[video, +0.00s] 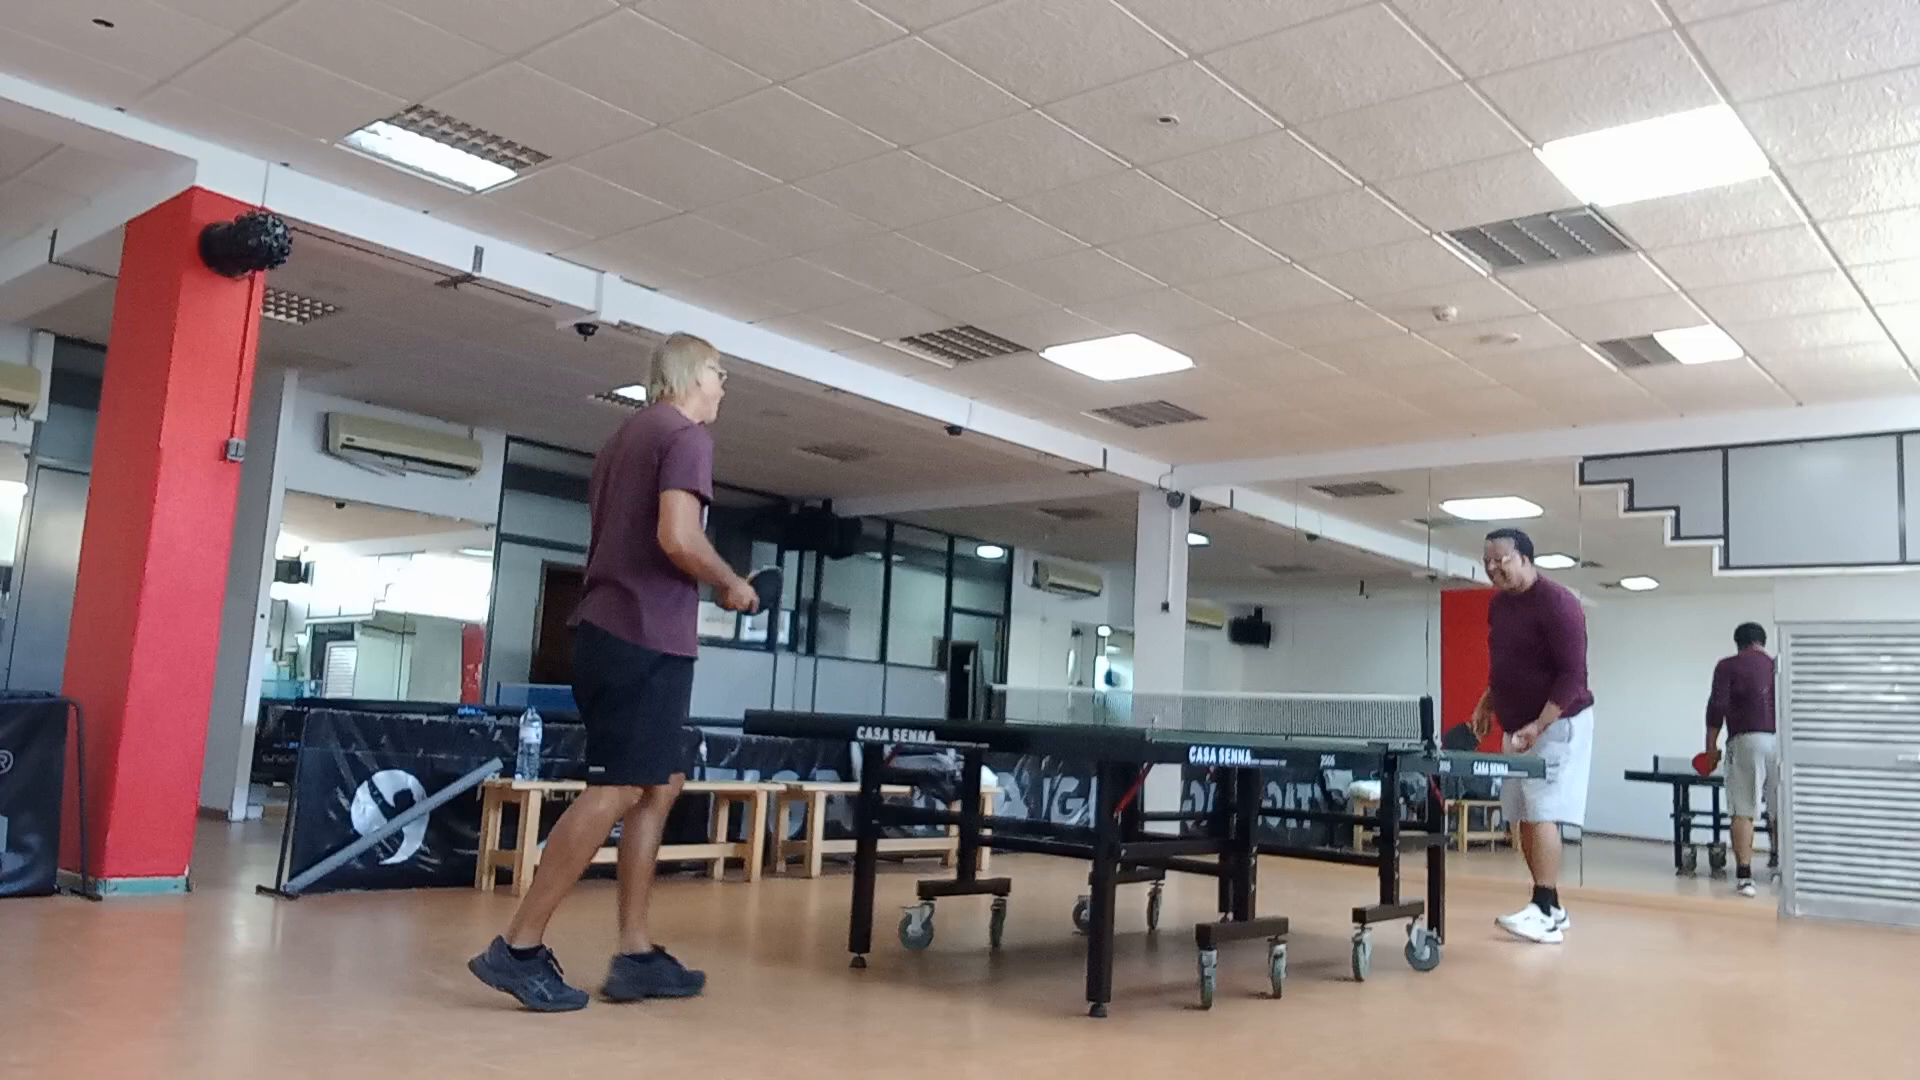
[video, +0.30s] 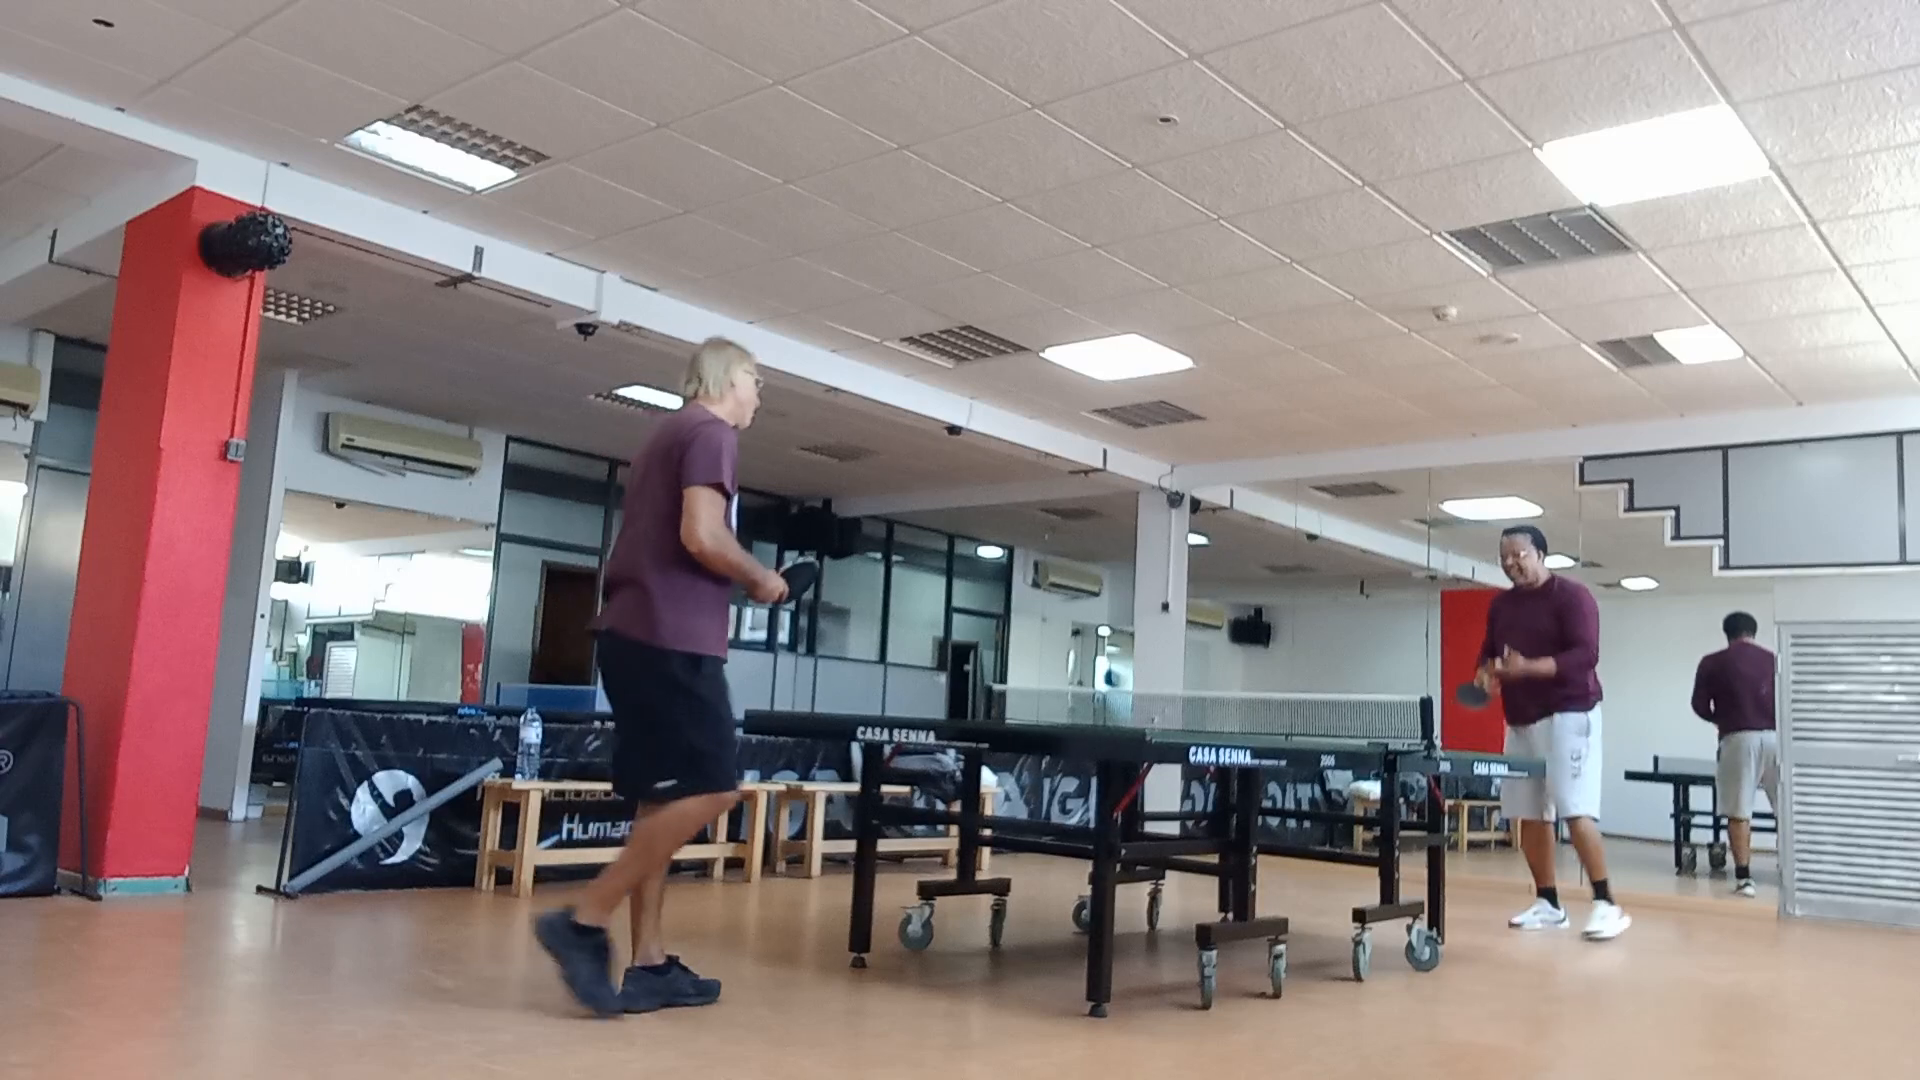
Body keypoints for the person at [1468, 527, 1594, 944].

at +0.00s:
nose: (1494, 569)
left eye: (1502, 560)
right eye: (1489, 563)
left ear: (1525, 558)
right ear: (1487, 566)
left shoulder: (1558, 602)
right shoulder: (1499, 604)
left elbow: (1571, 676)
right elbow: (1507, 663)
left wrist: (1538, 725)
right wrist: (1486, 703)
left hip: (1561, 721)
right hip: (1521, 724)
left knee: (1540, 811)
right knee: (1524, 815)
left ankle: (1545, 910)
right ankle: (1549, 907)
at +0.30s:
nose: (1512, 563)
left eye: (1519, 554)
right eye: (1506, 557)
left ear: (1540, 554)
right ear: (1501, 562)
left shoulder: (1573, 596)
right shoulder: (1501, 605)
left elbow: (1585, 656)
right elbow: (1489, 654)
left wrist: (1528, 666)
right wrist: (1486, 672)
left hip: (1569, 717)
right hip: (1521, 721)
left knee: (1574, 809)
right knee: (1530, 813)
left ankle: (1605, 905)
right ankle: (1548, 905)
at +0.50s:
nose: (1524, 562)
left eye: (1530, 553)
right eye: (1517, 557)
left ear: (1549, 554)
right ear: (1512, 564)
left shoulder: (1583, 594)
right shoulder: (1511, 603)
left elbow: (1593, 648)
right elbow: (1490, 660)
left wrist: (1534, 640)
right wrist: (1494, 653)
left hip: (1579, 720)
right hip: (1529, 723)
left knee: (1599, 814)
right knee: (1534, 814)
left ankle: (1642, 899)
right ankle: (1549, 905)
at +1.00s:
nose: (1564, 568)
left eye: (1571, 559)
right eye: (1557, 562)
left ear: (1592, 558)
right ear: (1552, 567)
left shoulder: (1626, 604)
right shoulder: (1548, 607)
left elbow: (1650, 662)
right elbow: (1541, 658)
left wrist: (1598, 677)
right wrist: (1528, 694)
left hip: (1617, 727)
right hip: (1564, 728)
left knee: (1634, 819)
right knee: (1557, 814)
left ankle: (1652, 909)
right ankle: (1549, 904)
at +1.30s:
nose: (1569, 585)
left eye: (1576, 577)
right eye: (1563, 578)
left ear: (1598, 571)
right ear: (1557, 577)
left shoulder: (1632, 612)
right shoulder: (1555, 614)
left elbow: (1657, 677)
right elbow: (1551, 666)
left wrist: (1621, 721)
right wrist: (1546, 712)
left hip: (1632, 735)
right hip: (1577, 735)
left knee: (1640, 824)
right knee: (1567, 815)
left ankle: (1652, 910)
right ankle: (1559, 905)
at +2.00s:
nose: (1541, 608)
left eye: (1548, 600)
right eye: (1533, 601)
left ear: (1565, 590)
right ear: (1524, 597)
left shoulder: (1600, 620)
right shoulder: (1516, 627)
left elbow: (1625, 673)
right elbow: (1505, 686)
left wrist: (1579, 670)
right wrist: (1547, 708)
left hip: (1607, 735)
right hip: (1552, 740)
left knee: (1618, 810)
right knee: (1541, 818)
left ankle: (1636, 869)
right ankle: (1556, 904)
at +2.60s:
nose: (1537, 589)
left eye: (1545, 581)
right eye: (1532, 582)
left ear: (1568, 582)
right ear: (1527, 583)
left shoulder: (1602, 618)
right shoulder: (1517, 608)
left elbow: (1635, 678)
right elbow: (1470, 621)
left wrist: (1631, 740)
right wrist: (1422, 627)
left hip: (1591, 738)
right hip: (1533, 738)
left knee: (1602, 820)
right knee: (1497, 811)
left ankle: (1623, 916)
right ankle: (1483, 901)